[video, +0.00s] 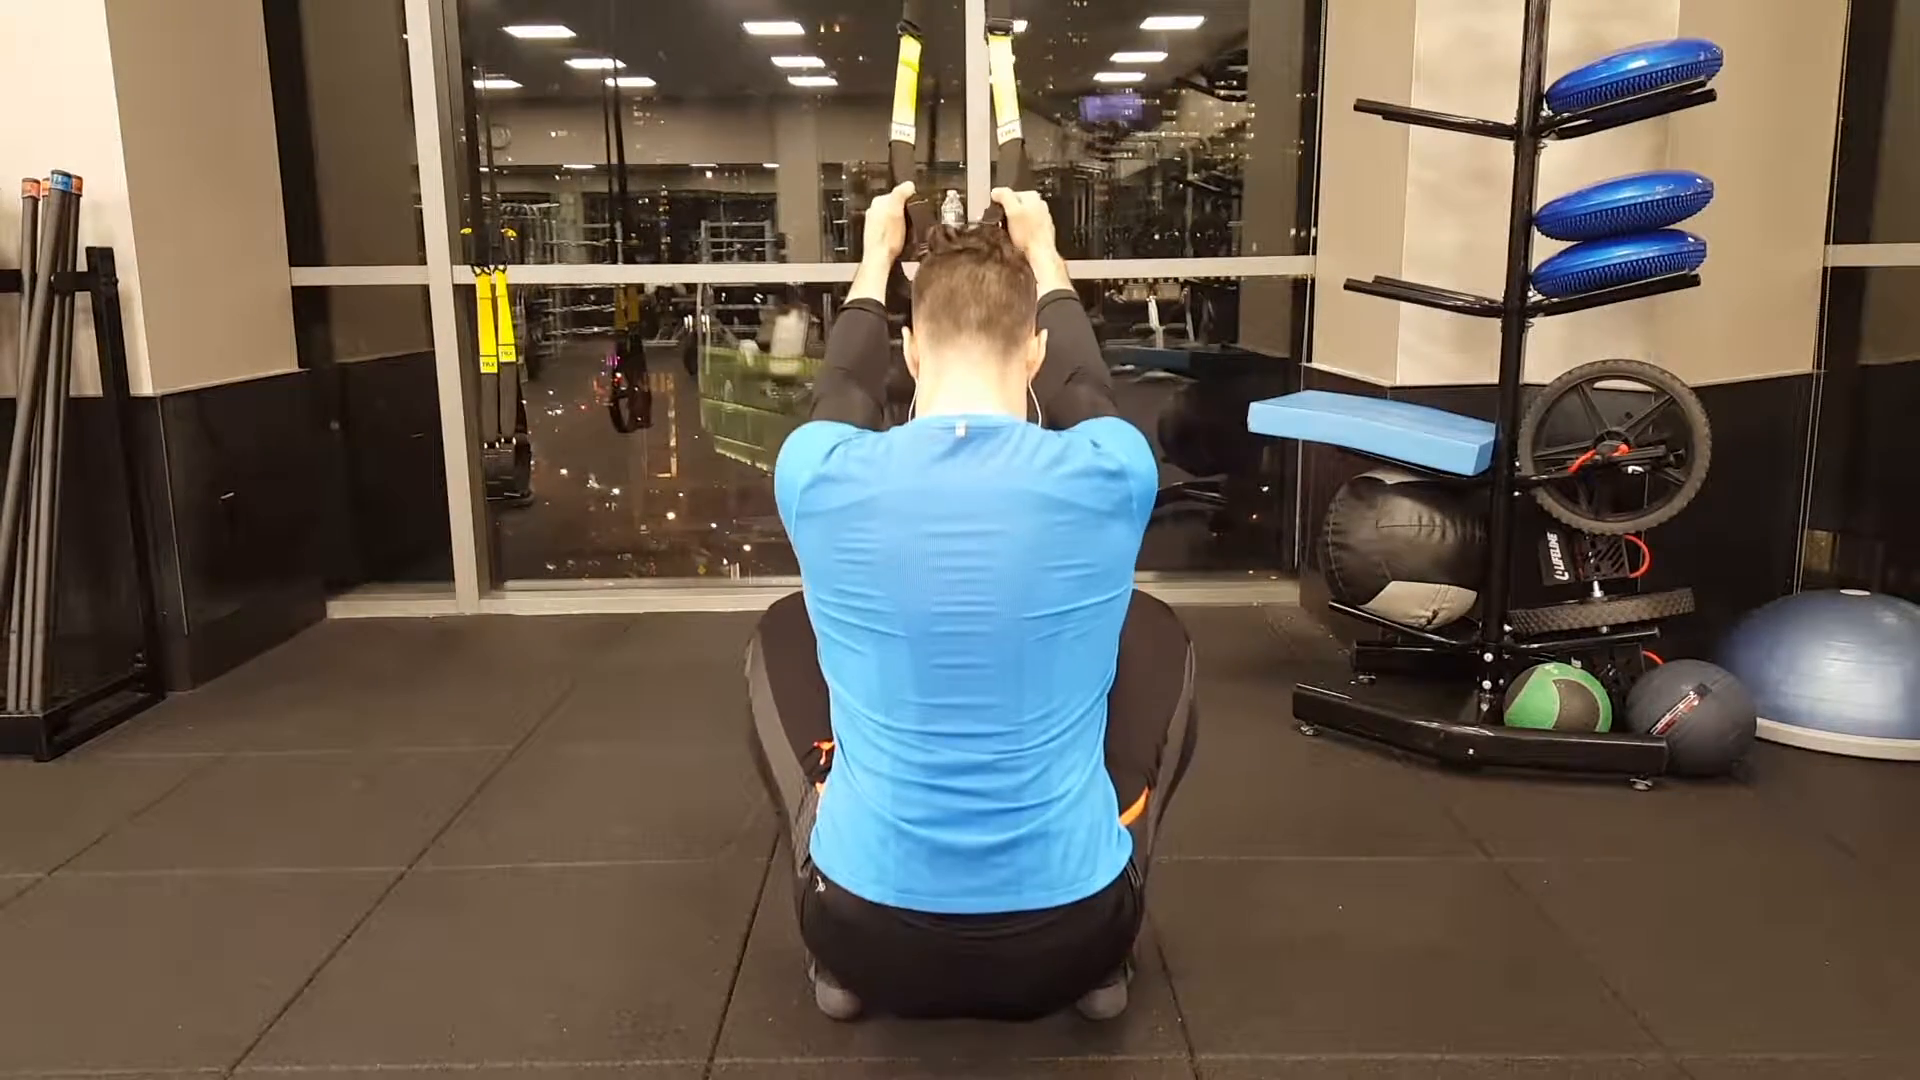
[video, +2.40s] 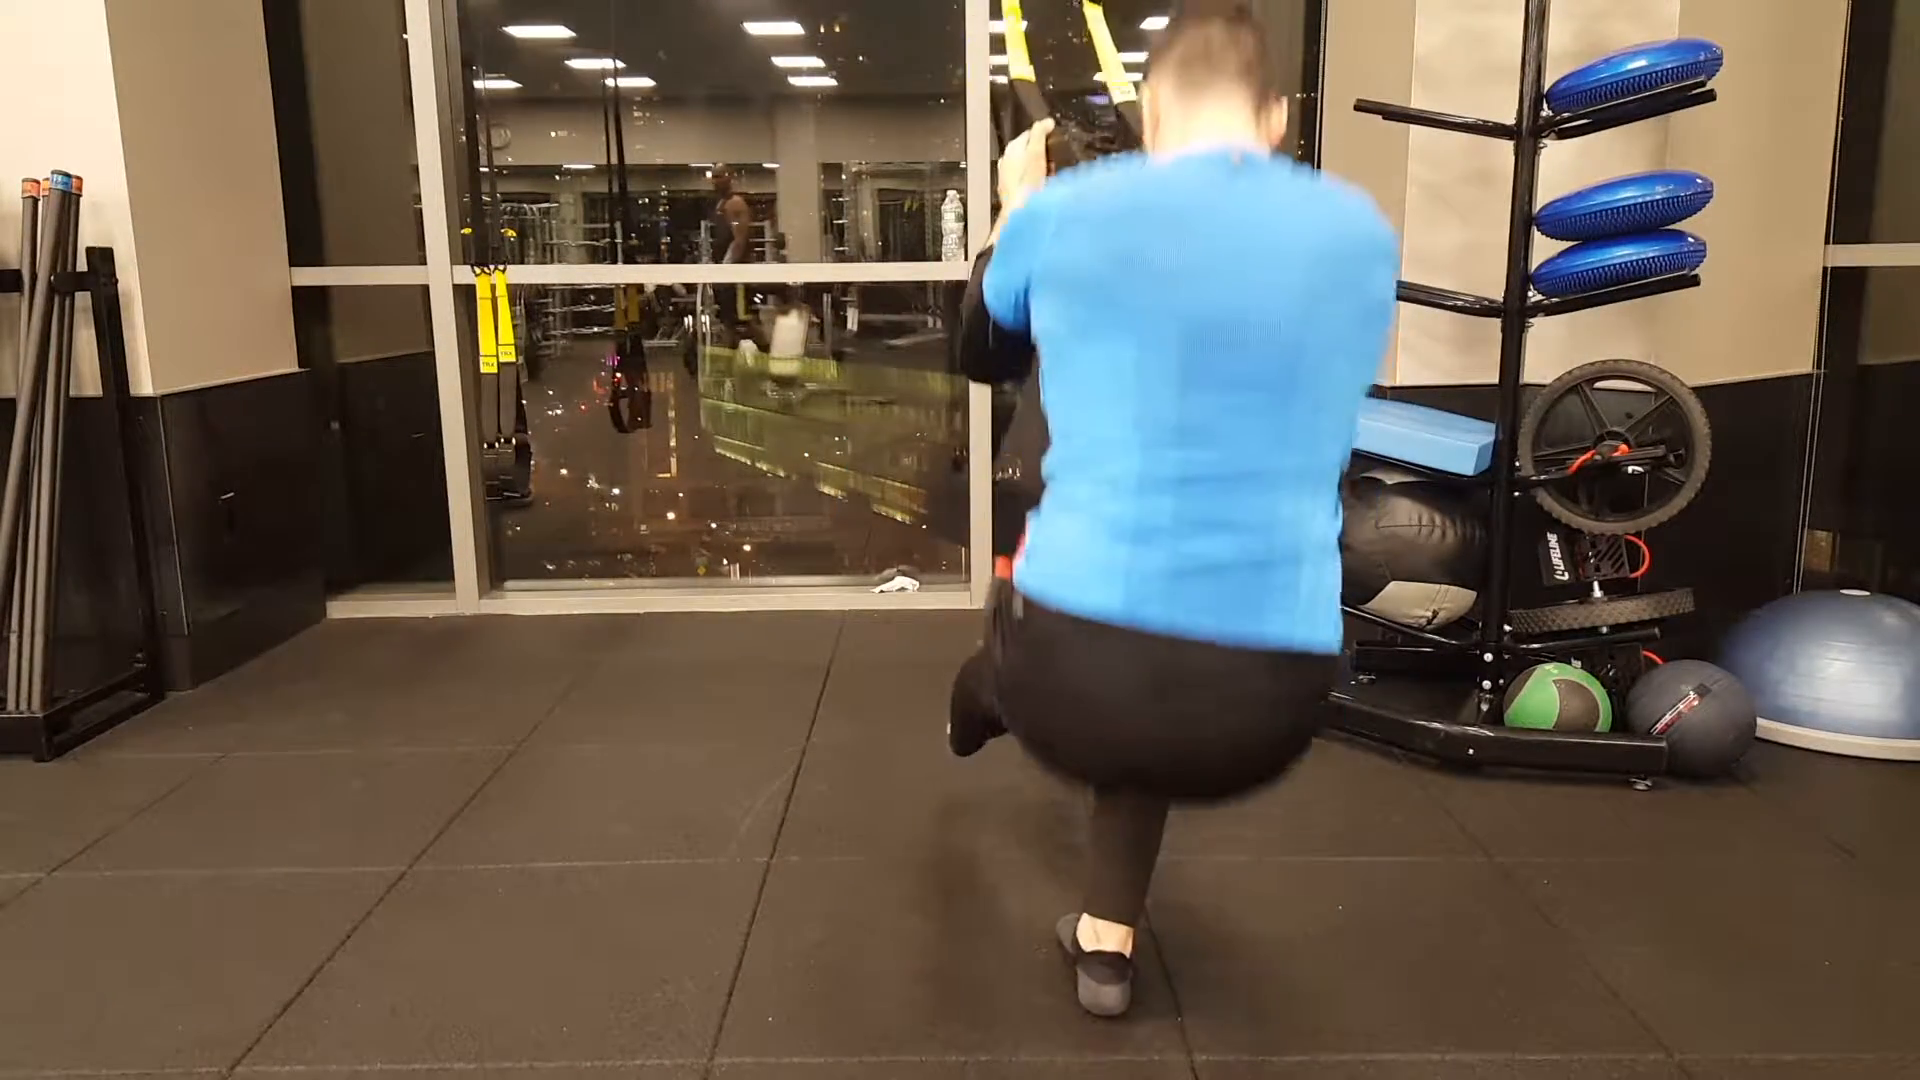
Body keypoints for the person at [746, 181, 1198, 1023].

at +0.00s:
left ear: (910, 353)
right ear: (1034, 353)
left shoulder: (819, 480)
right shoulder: (1112, 477)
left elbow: (848, 385)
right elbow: (1082, 381)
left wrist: (872, 267)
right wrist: (1048, 263)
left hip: (875, 946)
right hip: (1059, 949)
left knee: (843, 737)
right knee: (1137, 641)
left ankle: (836, 967)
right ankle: (1106, 966)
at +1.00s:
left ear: (1041, 357)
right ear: (1169, 358)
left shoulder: (975, 471)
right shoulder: (1256, 475)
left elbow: (928, 378)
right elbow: (1181, 396)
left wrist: (916, 271)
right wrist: (1102, 256)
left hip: (988, 930)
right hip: (1171, 945)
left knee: (910, 603)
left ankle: (845, 896)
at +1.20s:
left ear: (1096, 339)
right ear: (1224, 347)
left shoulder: (1019, 454)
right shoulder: (1305, 471)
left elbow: (955, 365)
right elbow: (1216, 368)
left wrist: (947, 262)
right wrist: (1145, 238)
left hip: (1019, 933)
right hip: (1201, 948)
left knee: (962, 622)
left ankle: (845, 787)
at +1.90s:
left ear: (1120, 377)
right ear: (1250, 386)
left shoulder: (1043, 503)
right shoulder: (1327, 505)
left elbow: (1003, 384)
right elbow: (1238, 403)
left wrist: (987, 265)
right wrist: (1167, 267)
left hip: (1069, 971)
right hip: (1247, 976)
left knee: (1020, 637)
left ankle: (987, 748)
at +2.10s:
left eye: (1132, 308)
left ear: (1130, 319)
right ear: (1262, 327)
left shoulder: (1056, 441)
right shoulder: (1343, 447)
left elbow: (992, 386)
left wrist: (996, 259)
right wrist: (1173, 248)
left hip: (1082, 919)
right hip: (1256, 923)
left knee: (1024, 648)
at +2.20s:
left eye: (1134, 247)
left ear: (1137, 253)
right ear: (1267, 258)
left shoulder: (1057, 366)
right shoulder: (1354, 379)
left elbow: (985, 357)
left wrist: (992, 254)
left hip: (1086, 843)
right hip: (1262, 859)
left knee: (1029, 646)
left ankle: (1106, 936)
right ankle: (1117, 930)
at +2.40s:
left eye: (1150, 110)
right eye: (1277, 115)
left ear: (1146, 117)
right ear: (1275, 120)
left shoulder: (1058, 218)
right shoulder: (1361, 234)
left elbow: (982, 353)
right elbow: (1331, 386)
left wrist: (1024, 209)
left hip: (1082, 681)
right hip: (1262, 707)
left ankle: (983, 693)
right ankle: (1111, 940)